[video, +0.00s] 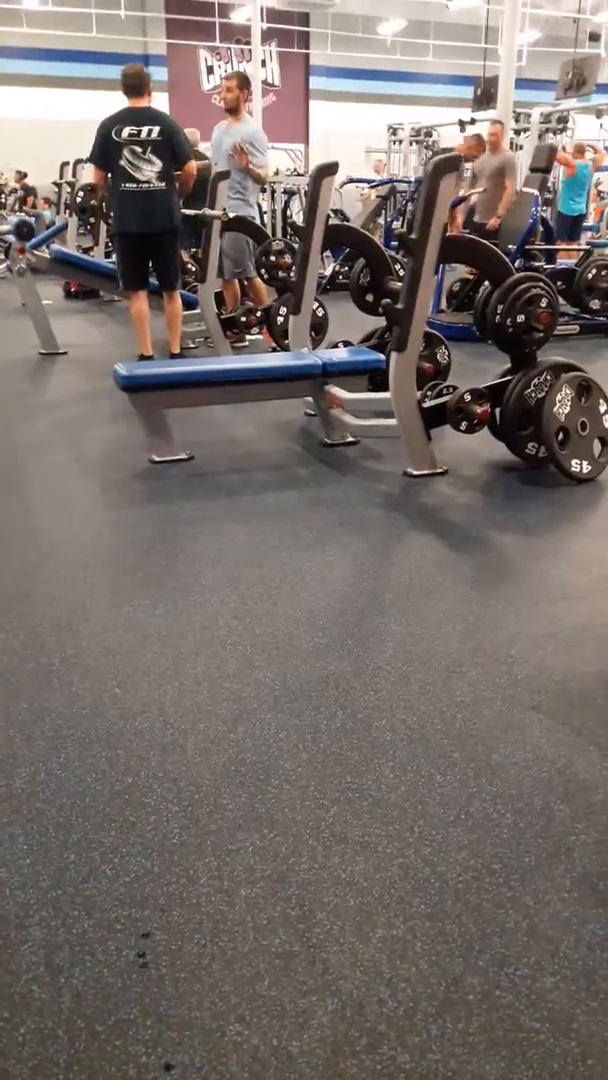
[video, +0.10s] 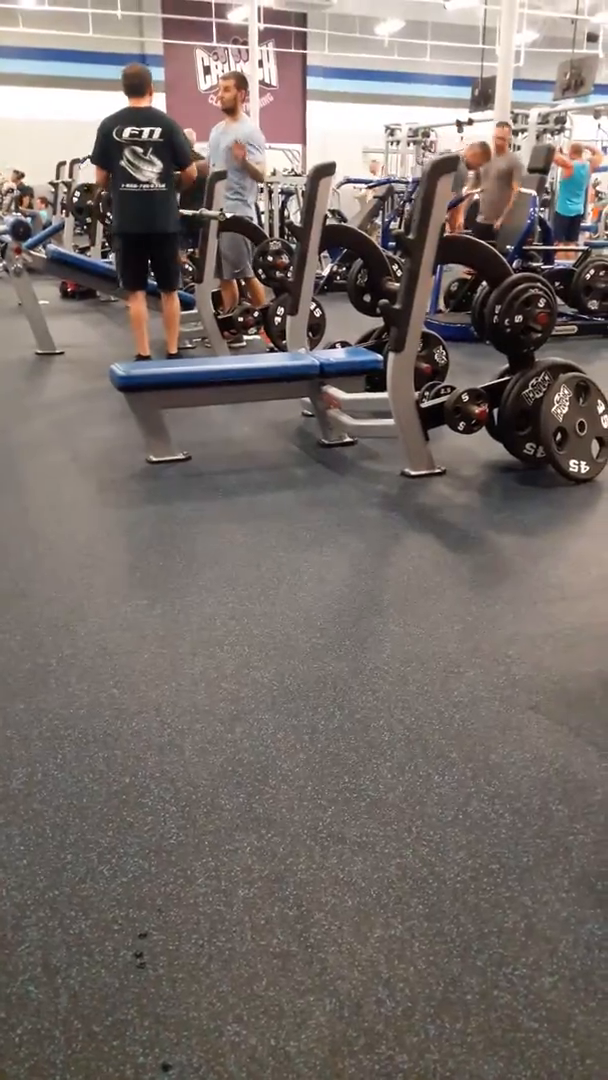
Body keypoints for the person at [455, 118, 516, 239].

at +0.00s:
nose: (491, 139)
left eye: (495, 135)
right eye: (490, 134)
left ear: (502, 136)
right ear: (486, 135)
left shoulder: (507, 158)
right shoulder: (480, 158)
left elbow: (510, 189)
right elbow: (469, 187)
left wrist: (498, 216)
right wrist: (460, 213)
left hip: (493, 218)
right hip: (474, 216)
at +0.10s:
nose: (498, 142)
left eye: (502, 139)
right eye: (496, 138)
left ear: (509, 140)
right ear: (492, 137)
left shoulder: (514, 161)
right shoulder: (484, 157)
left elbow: (516, 192)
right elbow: (473, 187)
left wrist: (502, 218)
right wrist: (462, 214)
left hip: (500, 221)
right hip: (481, 218)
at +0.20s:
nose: (506, 147)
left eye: (510, 143)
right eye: (504, 143)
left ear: (515, 143)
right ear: (499, 140)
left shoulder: (521, 165)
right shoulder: (487, 161)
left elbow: (526, 192)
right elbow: (474, 190)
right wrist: (466, 216)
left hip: (511, 220)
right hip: (487, 216)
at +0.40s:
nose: (520, 149)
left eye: (523, 146)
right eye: (517, 145)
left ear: (527, 145)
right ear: (509, 142)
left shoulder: (530, 164)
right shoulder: (494, 162)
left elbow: (539, 193)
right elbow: (480, 191)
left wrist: (545, 218)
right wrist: (477, 218)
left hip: (519, 219)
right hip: (495, 217)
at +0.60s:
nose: (533, 149)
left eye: (536, 145)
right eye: (531, 145)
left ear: (539, 148)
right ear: (523, 144)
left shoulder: (537, 167)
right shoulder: (505, 166)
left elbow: (547, 193)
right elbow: (491, 194)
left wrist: (554, 219)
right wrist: (488, 219)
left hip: (529, 220)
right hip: (505, 220)